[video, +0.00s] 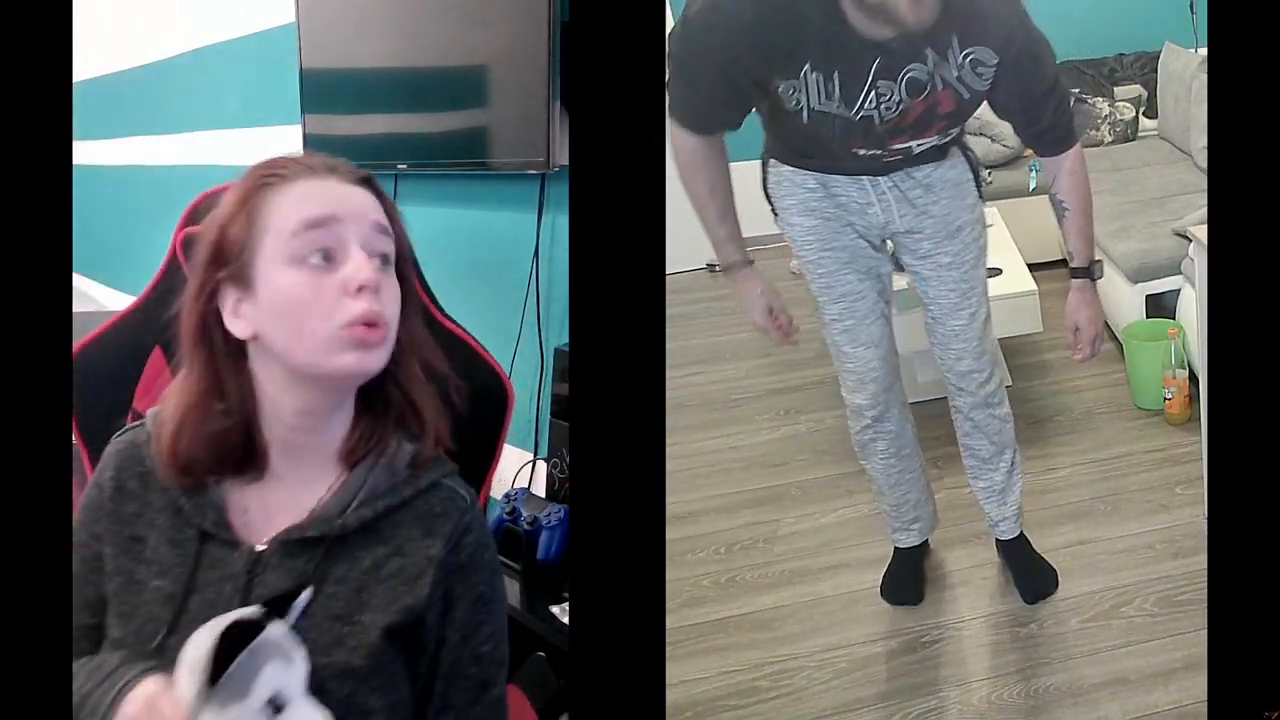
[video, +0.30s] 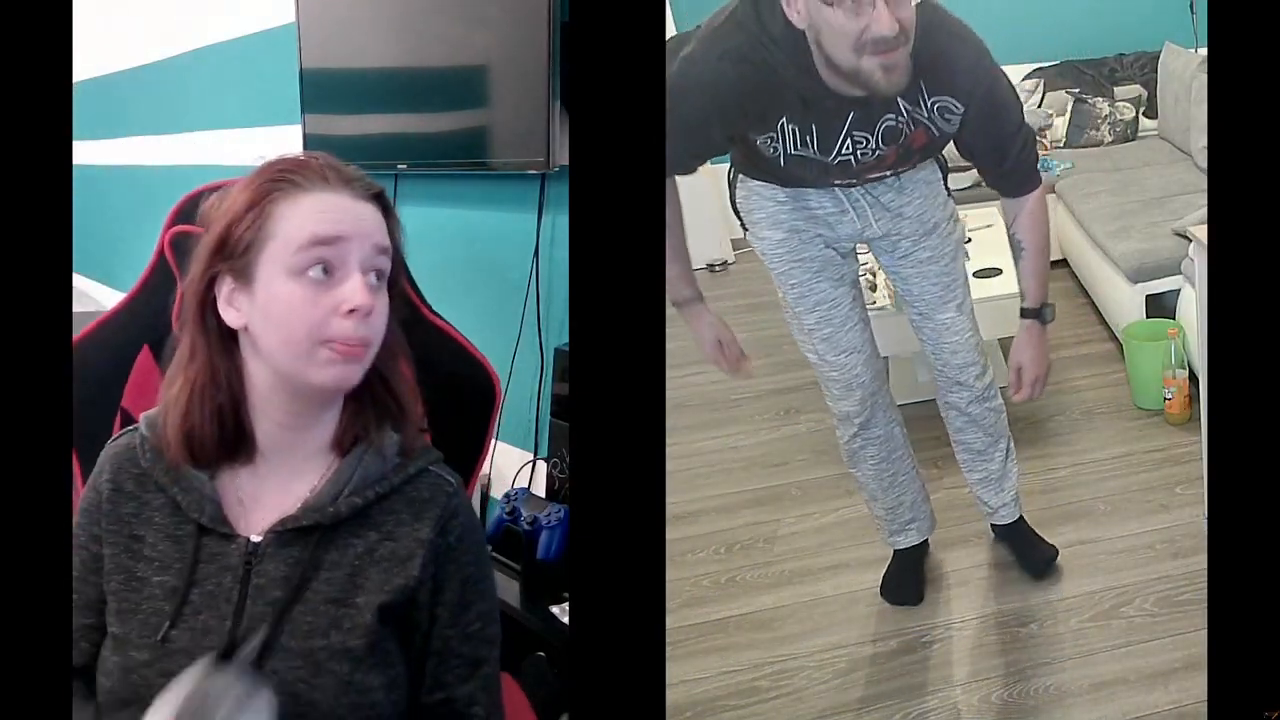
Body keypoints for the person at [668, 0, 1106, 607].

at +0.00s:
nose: (922, 6)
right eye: (903, 0)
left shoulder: (991, 17)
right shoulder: (747, 17)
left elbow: (1060, 139)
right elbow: (691, 117)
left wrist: (1083, 277)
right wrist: (737, 266)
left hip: (935, 174)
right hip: (814, 186)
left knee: (972, 367)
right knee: (869, 389)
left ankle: (1009, 527)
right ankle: (908, 533)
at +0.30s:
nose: (887, 25)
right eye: (850, 4)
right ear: (797, 9)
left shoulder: (954, 55)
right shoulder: (727, 65)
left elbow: (1023, 182)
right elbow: (667, 164)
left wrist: (1034, 317)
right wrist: (690, 302)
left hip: (909, 179)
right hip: (786, 196)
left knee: (961, 357)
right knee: (853, 388)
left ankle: (1005, 512)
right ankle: (907, 536)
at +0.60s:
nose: (895, 62)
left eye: (907, 33)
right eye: (864, 41)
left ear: (922, 22)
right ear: (804, 43)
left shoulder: (962, 89)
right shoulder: (731, 80)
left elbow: (1025, 210)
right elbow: (672, 30)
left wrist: (1036, 345)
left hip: (913, 192)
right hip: (787, 205)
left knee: (961, 365)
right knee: (856, 390)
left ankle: (1004, 512)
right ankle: (909, 537)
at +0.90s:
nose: (893, 95)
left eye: (904, 63)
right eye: (859, 74)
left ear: (917, 43)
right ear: (804, 73)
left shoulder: (960, 104)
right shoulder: (734, 94)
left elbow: (1034, 230)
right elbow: (681, 15)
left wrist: (1055, 362)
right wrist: (762, 21)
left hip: (921, 195)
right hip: (797, 206)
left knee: (968, 366)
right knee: (860, 393)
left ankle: (1004, 512)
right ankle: (909, 537)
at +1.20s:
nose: (896, 118)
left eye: (907, 83)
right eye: (861, 95)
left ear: (917, 57)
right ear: (809, 91)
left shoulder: (968, 117)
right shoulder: (739, 106)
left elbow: (1043, 235)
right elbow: (681, 13)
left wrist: (1057, 374)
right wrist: (781, 38)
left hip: (928, 198)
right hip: (802, 205)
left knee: (972, 368)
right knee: (862, 391)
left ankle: (1004, 512)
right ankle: (909, 536)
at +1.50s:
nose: (899, 114)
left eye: (911, 80)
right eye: (865, 91)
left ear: (925, 57)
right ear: (813, 84)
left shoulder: (973, 115)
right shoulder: (749, 99)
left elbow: (1045, 241)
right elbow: (682, 13)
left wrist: (1055, 379)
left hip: (936, 197)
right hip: (807, 201)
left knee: (973, 368)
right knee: (864, 388)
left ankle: (1004, 513)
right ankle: (909, 537)